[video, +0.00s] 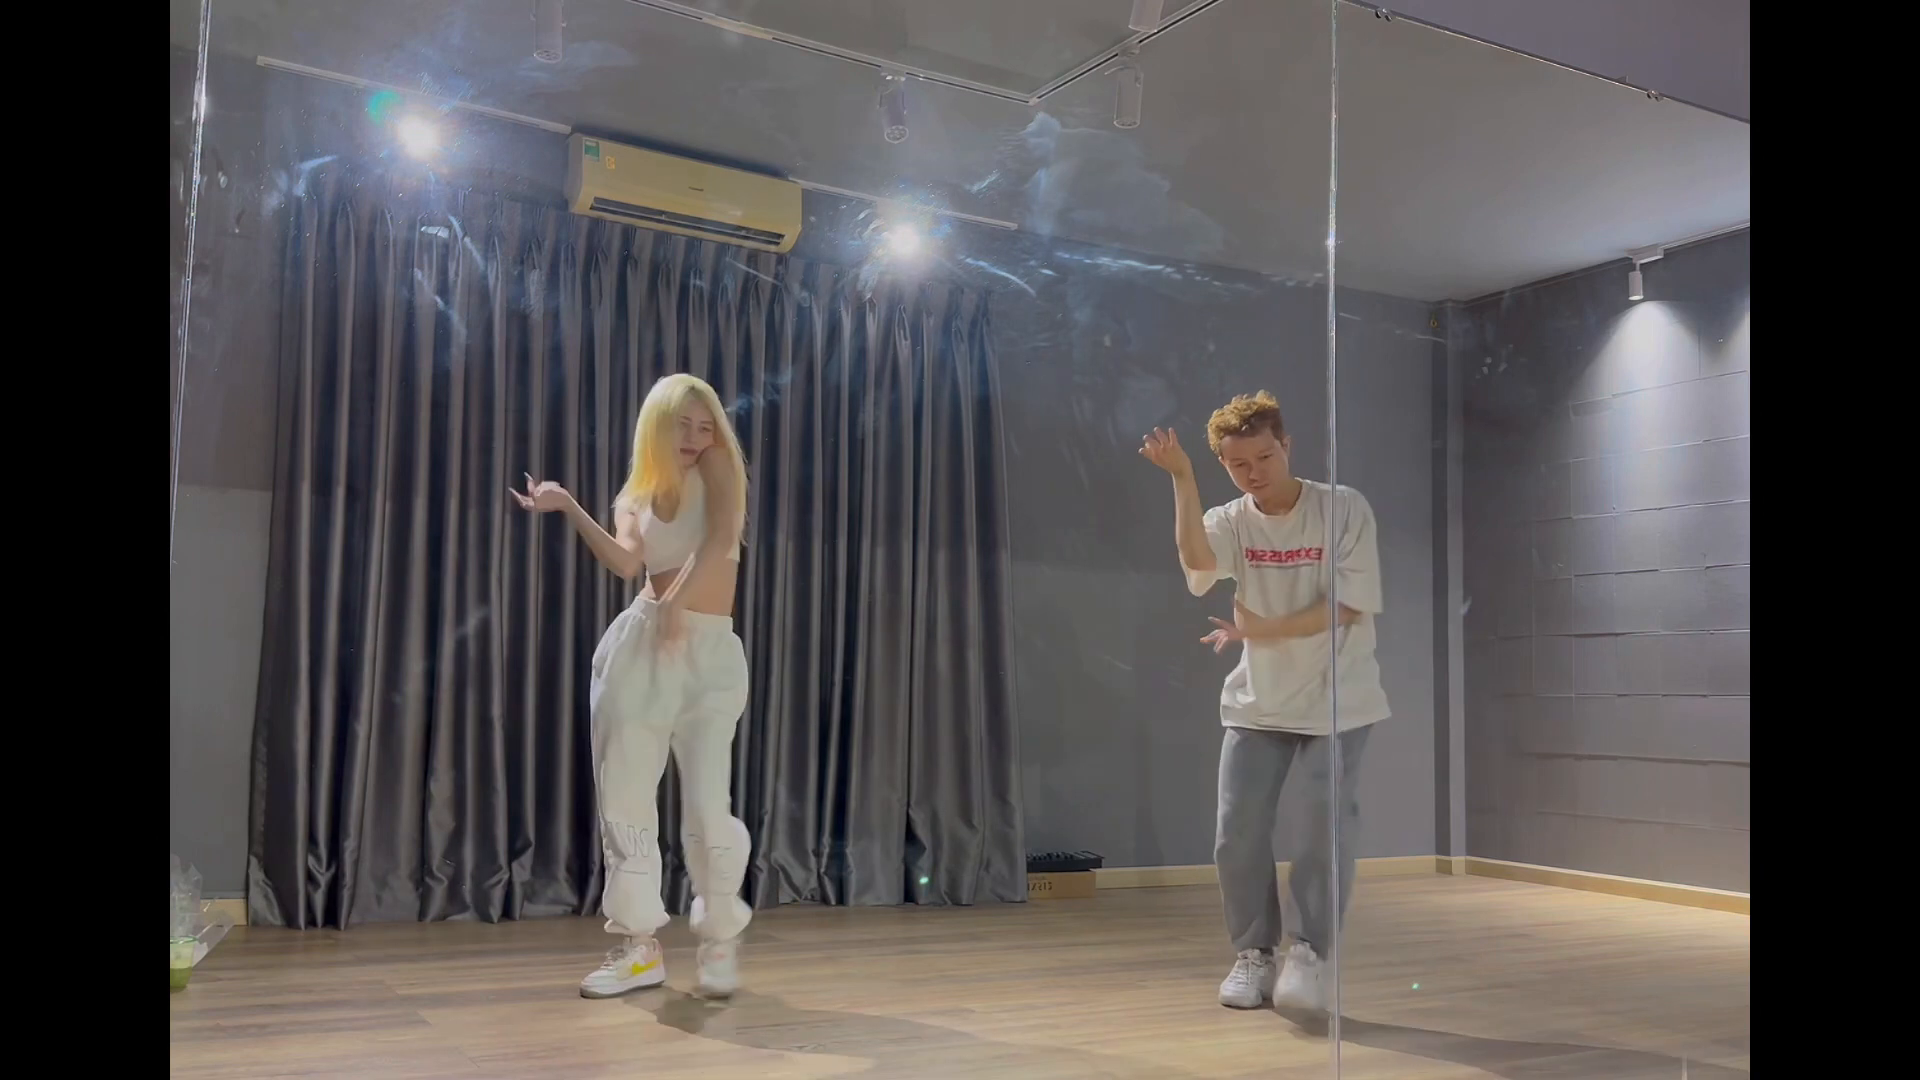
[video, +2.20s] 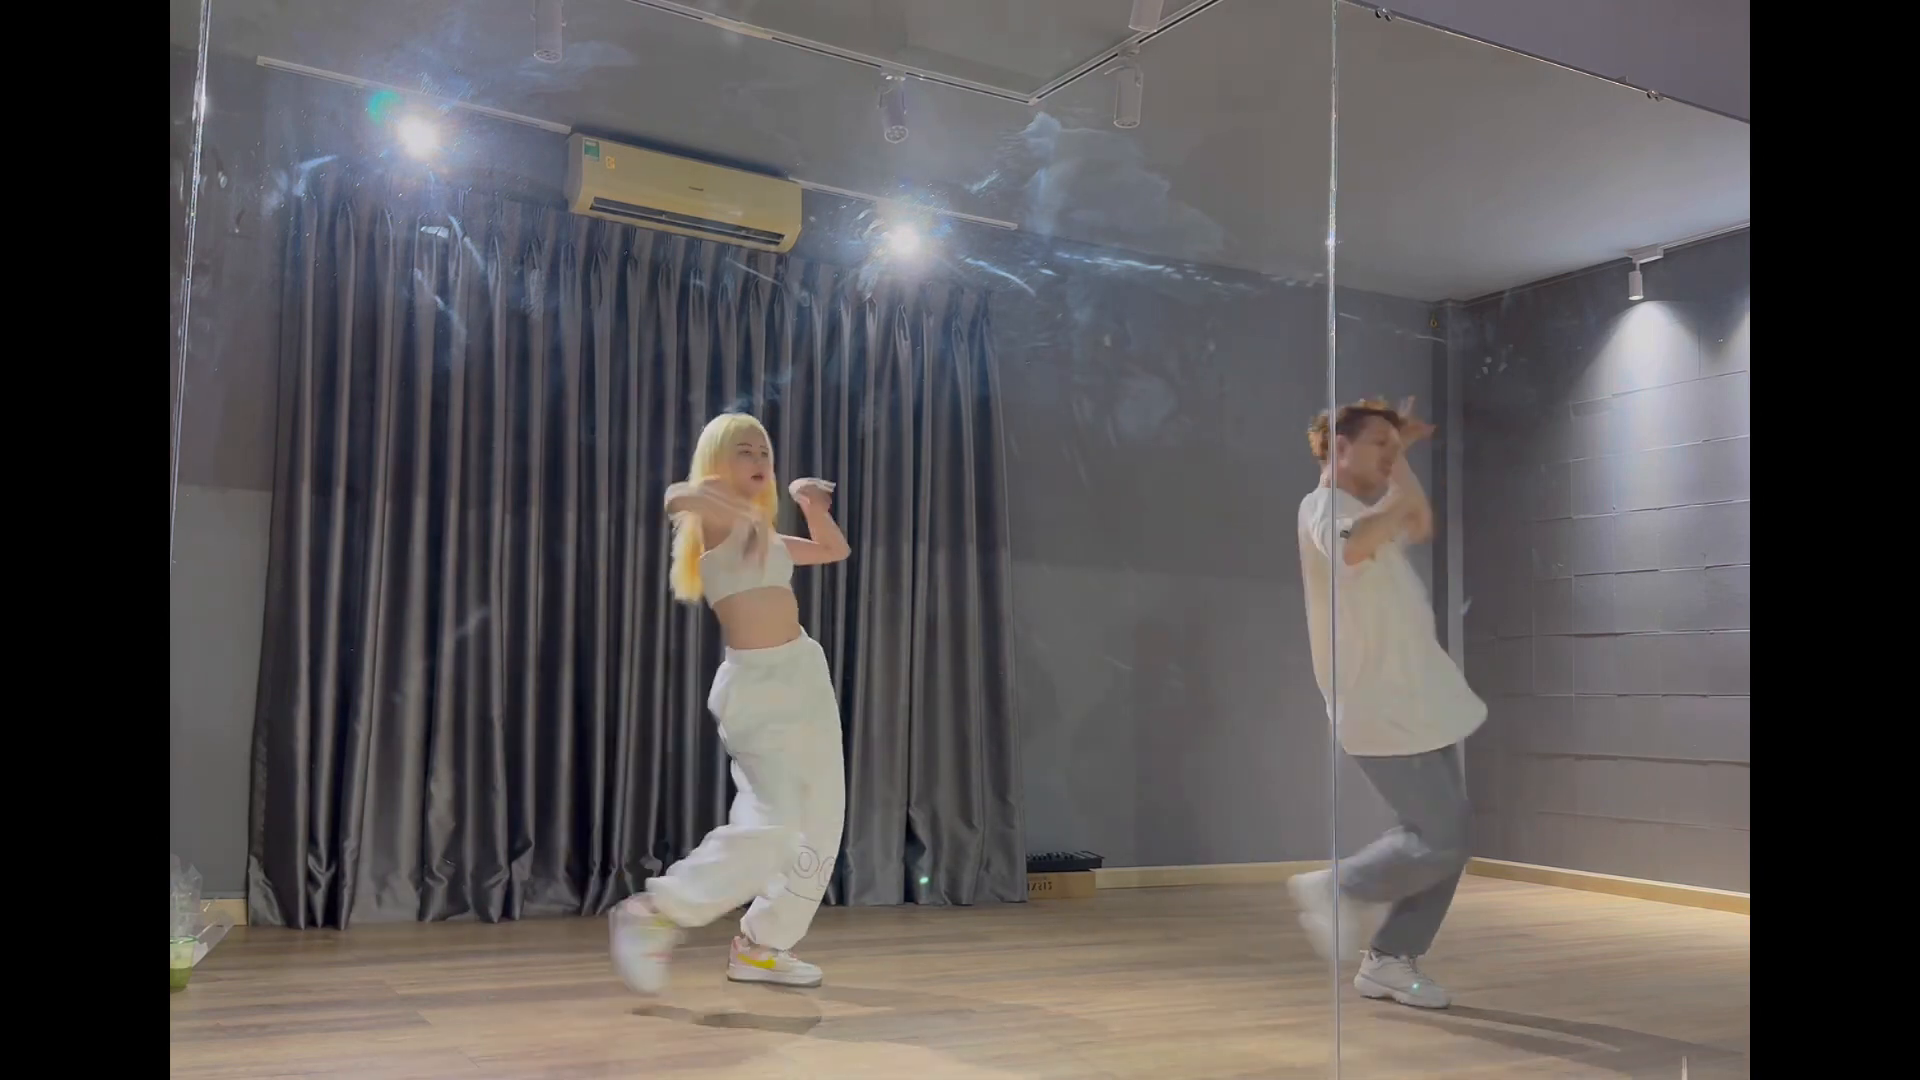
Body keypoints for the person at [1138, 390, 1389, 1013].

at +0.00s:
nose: (1249, 475)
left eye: (1259, 459)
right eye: (1236, 464)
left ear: (1285, 447)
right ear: (1224, 464)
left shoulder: (1345, 510)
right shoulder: (1230, 520)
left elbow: (1351, 608)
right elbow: (1197, 566)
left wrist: (1259, 629)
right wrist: (1183, 476)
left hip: (1339, 700)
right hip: (1259, 700)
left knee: (1320, 825)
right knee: (1237, 827)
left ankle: (1310, 957)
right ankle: (1254, 955)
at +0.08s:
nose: (1258, 476)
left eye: (1267, 460)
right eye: (1244, 465)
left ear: (1292, 446)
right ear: (1232, 466)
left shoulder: (1349, 497)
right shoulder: (1234, 522)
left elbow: (1359, 589)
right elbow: (1228, 580)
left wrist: (1316, 648)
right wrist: (1194, 504)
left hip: (1343, 691)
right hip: (1263, 694)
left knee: (1340, 823)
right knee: (1243, 822)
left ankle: (1330, 952)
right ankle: (1254, 954)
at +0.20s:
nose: (1294, 484)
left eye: (1305, 468)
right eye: (1280, 472)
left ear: (1325, 459)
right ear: (1262, 469)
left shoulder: (1365, 512)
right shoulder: (1243, 527)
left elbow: (1403, 576)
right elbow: (1262, 594)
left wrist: (1396, 525)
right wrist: (1326, 607)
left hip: (1369, 704)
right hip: (1281, 705)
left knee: (1376, 819)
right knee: (1214, 805)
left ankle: (1398, 937)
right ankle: (1259, 953)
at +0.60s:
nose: (1331, 409)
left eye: (1341, 398)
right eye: (1315, 400)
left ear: (1357, 407)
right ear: (1291, 413)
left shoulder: (1391, 480)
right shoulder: (1271, 477)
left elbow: (1458, 493)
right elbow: (1302, 554)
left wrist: (1441, 421)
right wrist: (1393, 568)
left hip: (1368, 674)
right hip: (1281, 673)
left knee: (1393, 809)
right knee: (1248, 804)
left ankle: (1415, 946)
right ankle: (1238, 944)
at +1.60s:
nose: (1320, 461)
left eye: (1328, 449)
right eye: (1307, 448)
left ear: (1339, 453)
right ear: (1278, 452)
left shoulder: (1359, 509)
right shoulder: (1246, 507)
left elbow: (1347, 495)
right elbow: (1288, 561)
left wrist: (1345, 417)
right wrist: (1376, 567)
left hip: (1344, 705)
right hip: (1261, 704)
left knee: (1404, 818)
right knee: (1227, 810)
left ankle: (1378, 953)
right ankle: (1187, 942)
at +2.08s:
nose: (1354, 483)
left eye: (1360, 475)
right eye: (1345, 467)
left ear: (1362, 476)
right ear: (1307, 459)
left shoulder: (1322, 513)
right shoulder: (1286, 518)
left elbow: (1359, 475)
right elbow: (1369, 583)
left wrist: (1409, 442)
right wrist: (1422, 599)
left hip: (1407, 710)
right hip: (1341, 724)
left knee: (1451, 836)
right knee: (1302, 844)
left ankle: (1390, 962)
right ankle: (1204, 942)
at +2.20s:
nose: (1391, 460)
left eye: (1394, 448)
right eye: (1380, 445)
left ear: (1378, 455)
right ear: (1340, 450)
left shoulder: (1364, 510)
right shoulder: (1324, 509)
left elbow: (1419, 525)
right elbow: (1357, 545)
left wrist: (1399, 453)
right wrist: (1398, 466)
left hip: (1424, 700)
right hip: (1378, 710)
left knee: (1449, 835)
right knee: (1440, 836)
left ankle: (1392, 960)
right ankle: (1332, 889)